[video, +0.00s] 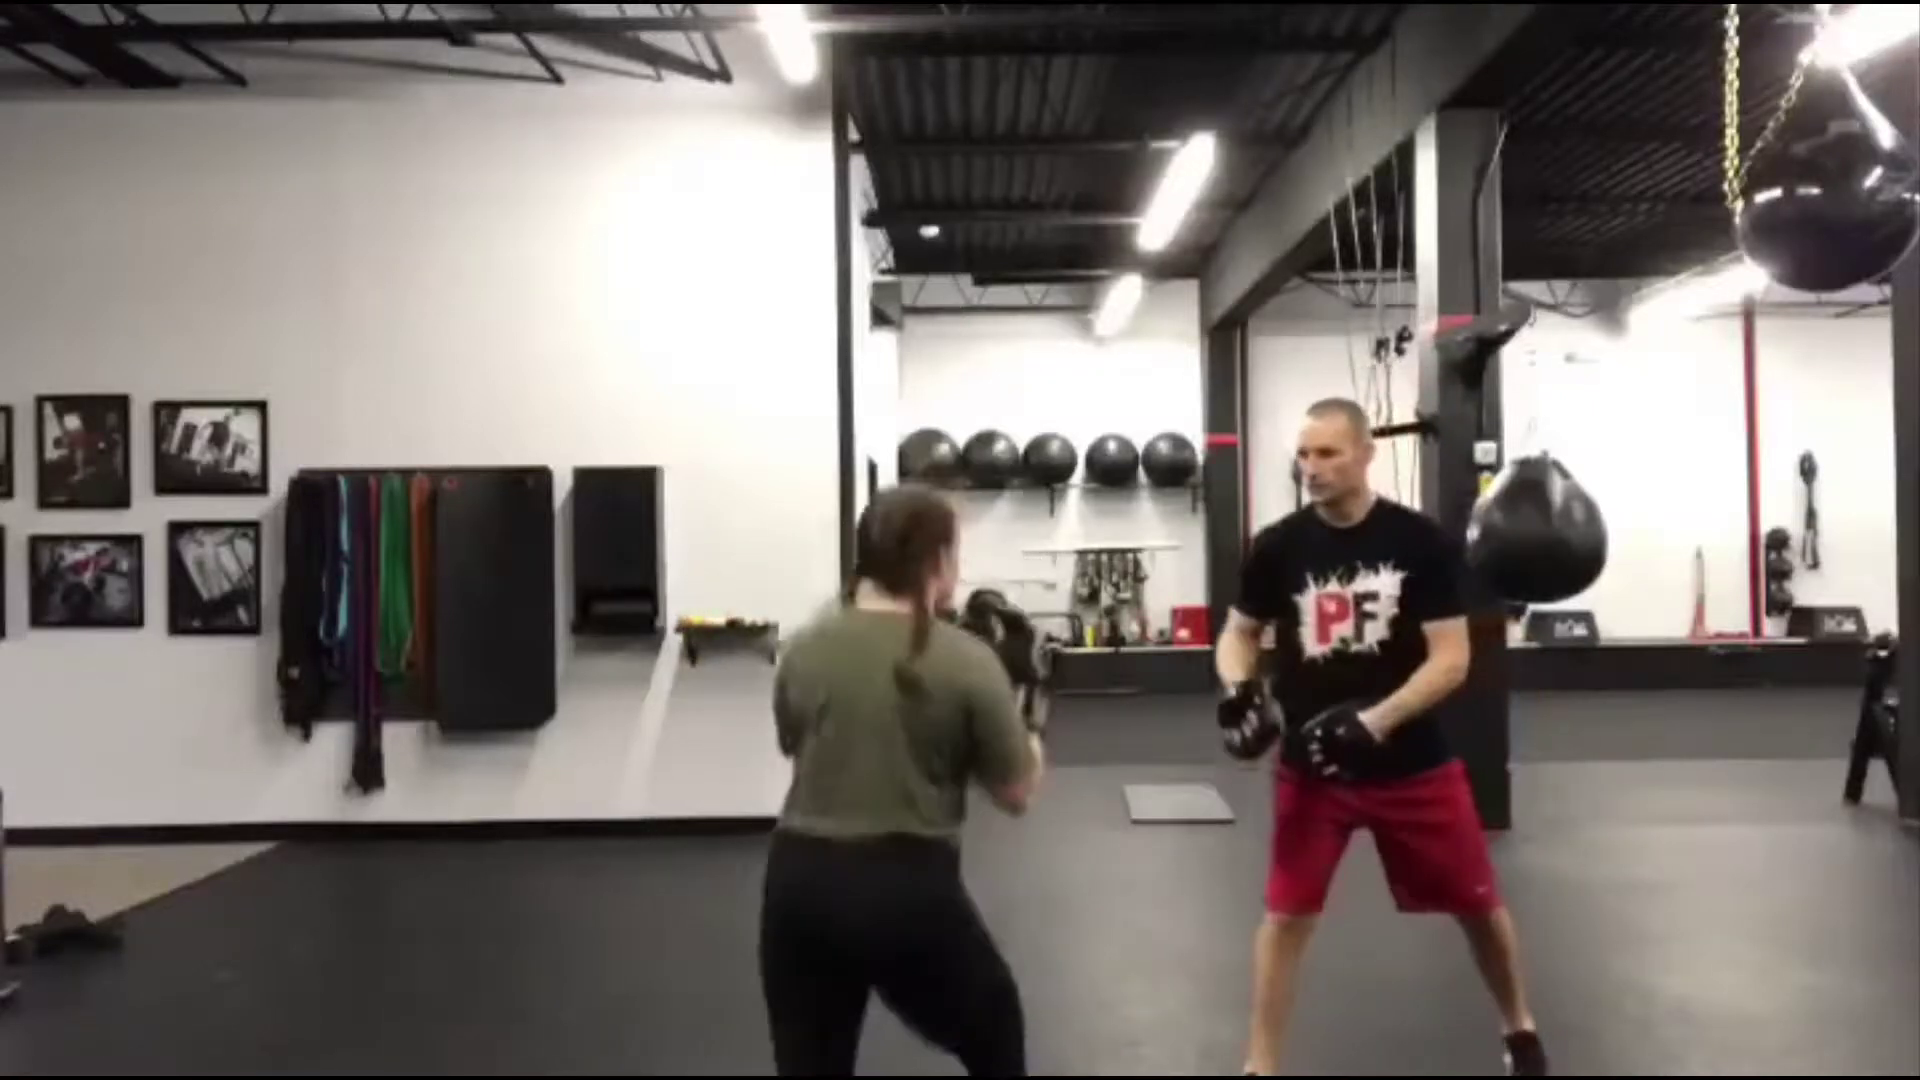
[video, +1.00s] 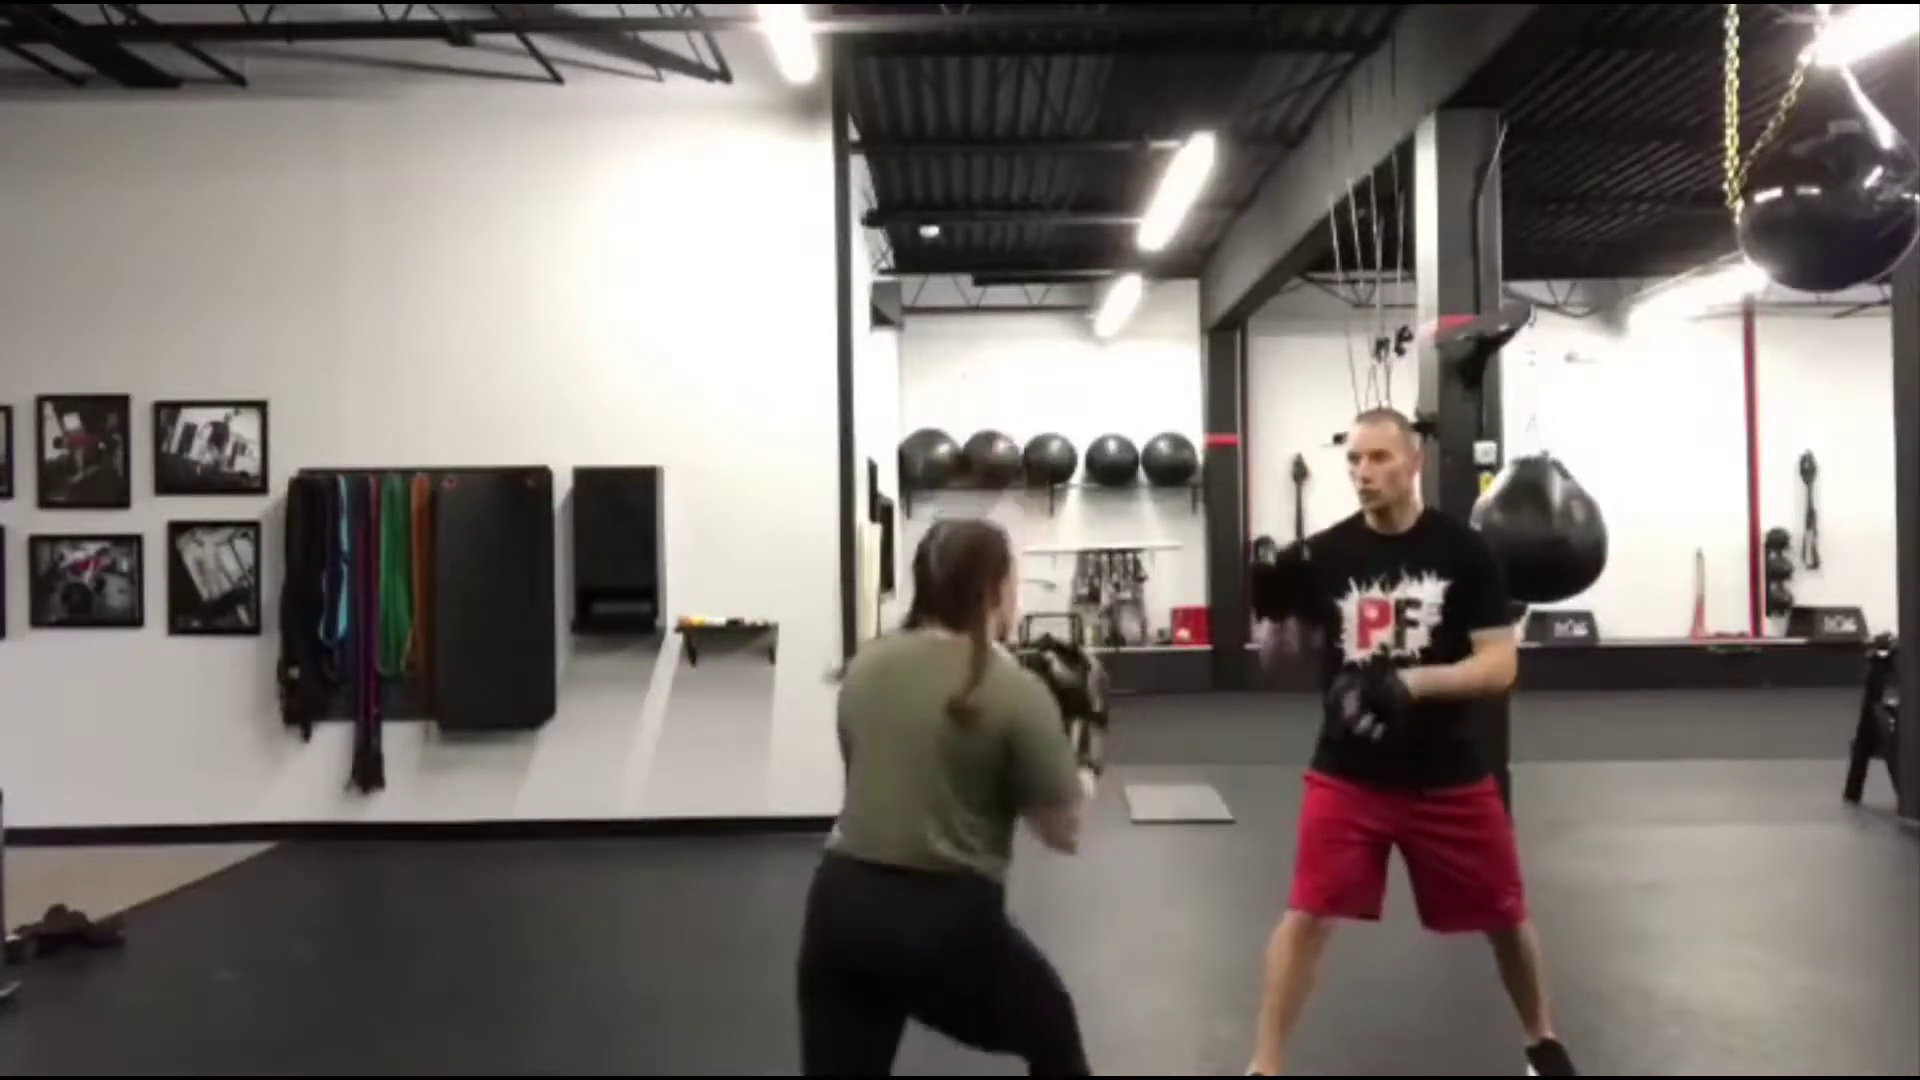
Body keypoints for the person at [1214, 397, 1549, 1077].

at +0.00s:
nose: (1311, 467)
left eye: (1327, 454)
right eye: (1304, 455)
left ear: (1367, 456)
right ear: (1297, 460)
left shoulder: (1421, 542)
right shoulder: (1276, 548)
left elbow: (1452, 658)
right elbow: (1240, 633)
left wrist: (1374, 720)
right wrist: (1238, 692)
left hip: (1417, 765)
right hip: (1314, 769)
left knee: (1480, 905)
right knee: (1287, 916)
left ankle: (1521, 1032)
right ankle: (1261, 1063)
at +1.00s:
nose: (1365, 471)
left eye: (1379, 457)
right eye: (1356, 460)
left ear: (1415, 460)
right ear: (1347, 467)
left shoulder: (1464, 550)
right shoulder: (1326, 553)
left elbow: (1499, 665)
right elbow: (1288, 654)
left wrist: (1409, 682)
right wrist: (1275, 603)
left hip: (1452, 778)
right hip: (1348, 775)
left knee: (1508, 921)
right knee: (1308, 914)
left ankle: (1543, 1043)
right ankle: (1265, 1063)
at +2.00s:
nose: (1366, 500)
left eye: (1378, 487)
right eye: (1357, 488)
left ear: (1413, 483)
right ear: (1347, 488)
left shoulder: (1464, 557)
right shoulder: (1325, 565)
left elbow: (1476, 665)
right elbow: (1300, 652)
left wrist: (1396, 626)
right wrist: (1330, 720)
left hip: (1451, 775)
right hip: (1354, 773)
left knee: (1496, 920)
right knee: (1313, 909)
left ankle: (1510, 1028)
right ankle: (1266, 1060)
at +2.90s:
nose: (1330, 501)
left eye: (1344, 489)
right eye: (1327, 489)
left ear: (1386, 493)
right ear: (1324, 494)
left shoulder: (1437, 567)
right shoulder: (1303, 572)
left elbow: (1462, 680)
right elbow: (1258, 672)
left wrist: (1417, 627)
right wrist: (1266, 648)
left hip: (1425, 777)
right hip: (1324, 774)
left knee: (1489, 914)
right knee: (1283, 906)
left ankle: (1509, 1027)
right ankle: (1245, 1053)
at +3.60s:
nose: (1280, 492)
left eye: (1293, 480)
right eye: (1270, 480)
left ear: (1322, 485)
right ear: (1258, 485)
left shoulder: (1367, 552)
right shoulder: (1253, 564)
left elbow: (1376, 634)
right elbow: (1203, 636)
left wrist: (1327, 545)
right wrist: (1222, 550)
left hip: (1384, 778)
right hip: (1285, 775)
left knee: (1450, 924)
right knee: (1248, 906)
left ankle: (1498, 1022)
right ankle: (1241, 1053)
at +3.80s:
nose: (1344, 495)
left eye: (1356, 482)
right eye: (1333, 483)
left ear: (1383, 481)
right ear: (1317, 486)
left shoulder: (1413, 551)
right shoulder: (1287, 554)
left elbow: (1443, 659)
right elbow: (1216, 629)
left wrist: (1400, 586)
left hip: (1401, 767)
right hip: (1306, 769)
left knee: (1474, 899)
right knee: (1275, 915)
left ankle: (1495, 1027)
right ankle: (1237, 1053)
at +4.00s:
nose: (1363, 508)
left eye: (1376, 495)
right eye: (1351, 496)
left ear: (1403, 495)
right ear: (1338, 497)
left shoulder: (1424, 563)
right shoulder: (1315, 562)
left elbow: (1461, 662)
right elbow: (1266, 598)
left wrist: (1434, 582)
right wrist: (1273, 600)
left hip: (1409, 769)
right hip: (1321, 775)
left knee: (1487, 899)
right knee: (1300, 914)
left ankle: (1494, 1026)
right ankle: (1230, 1051)